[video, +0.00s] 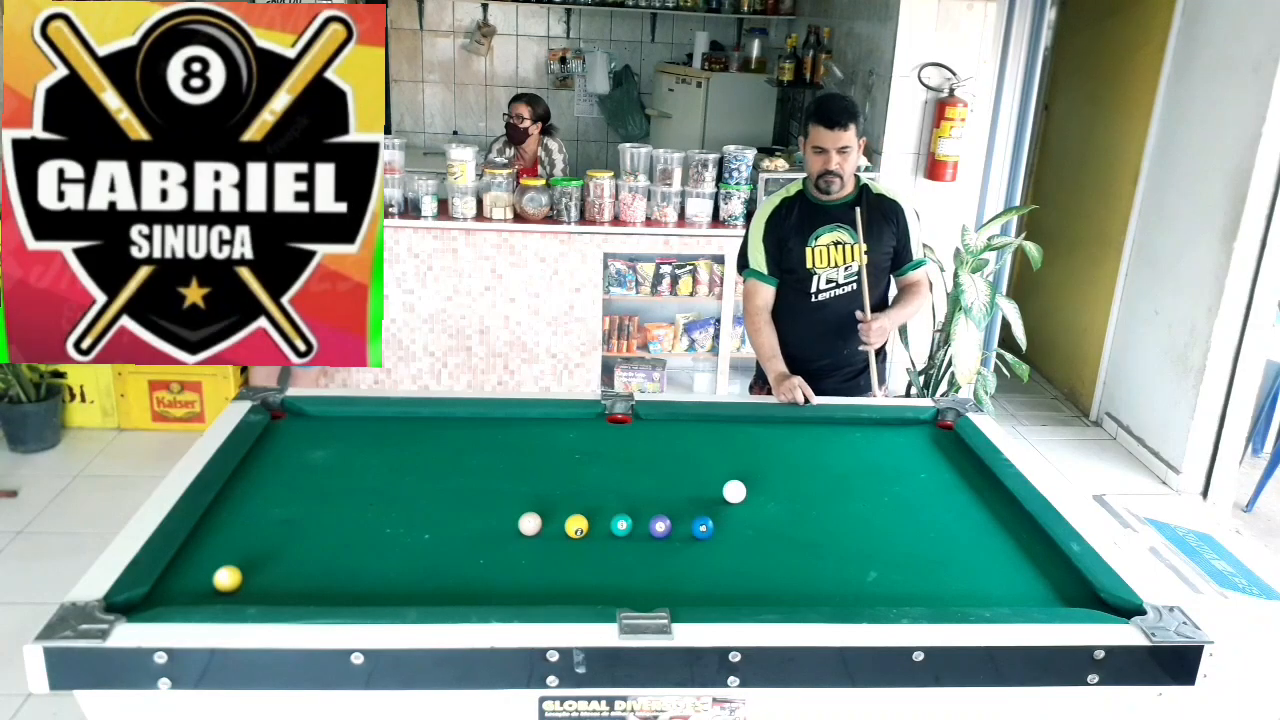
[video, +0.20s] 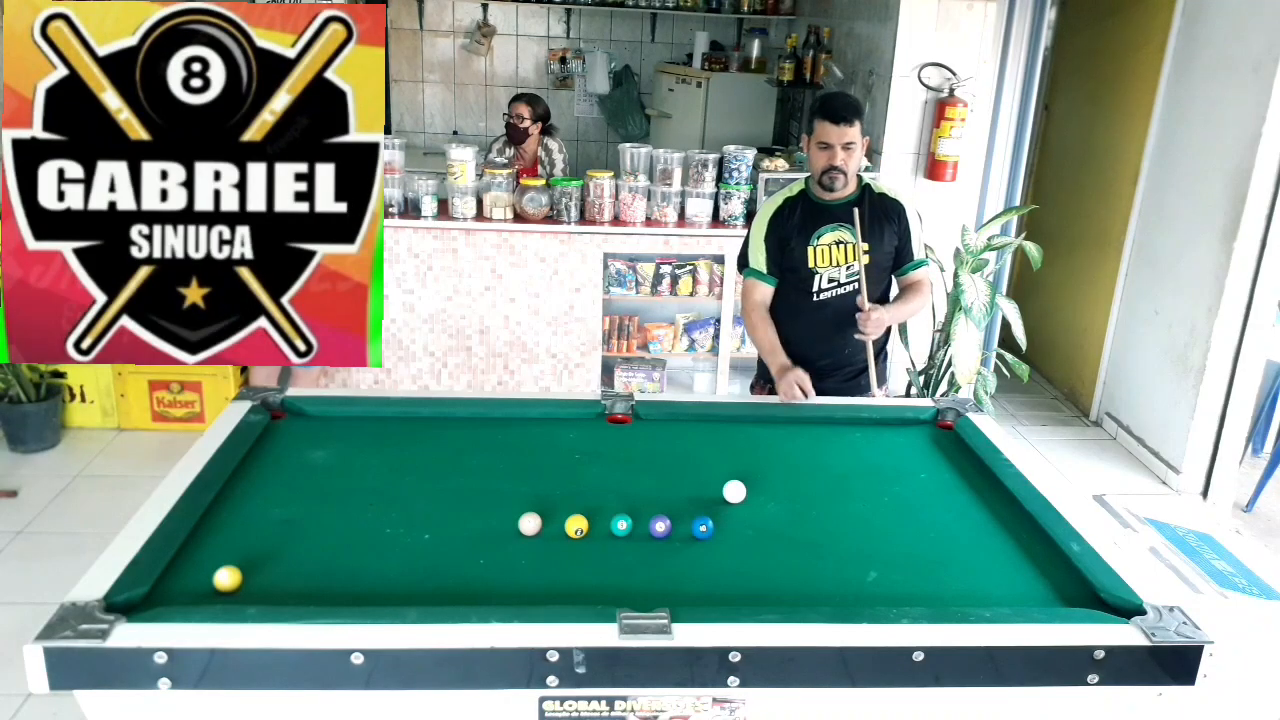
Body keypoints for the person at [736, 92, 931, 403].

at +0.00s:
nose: (832, 164)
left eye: (843, 151)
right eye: (820, 151)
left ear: (861, 150)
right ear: (803, 148)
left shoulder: (889, 212)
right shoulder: (773, 217)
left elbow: (916, 286)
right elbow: (757, 309)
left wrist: (890, 320)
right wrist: (779, 376)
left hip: (861, 394)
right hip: (787, 394)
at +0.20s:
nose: (836, 159)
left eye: (848, 147)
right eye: (824, 147)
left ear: (863, 149)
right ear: (806, 147)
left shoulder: (891, 212)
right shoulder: (775, 215)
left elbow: (919, 287)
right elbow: (754, 304)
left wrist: (889, 315)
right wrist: (781, 369)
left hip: (863, 392)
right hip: (787, 393)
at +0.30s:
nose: (838, 157)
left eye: (850, 146)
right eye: (827, 145)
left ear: (866, 149)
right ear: (809, 146)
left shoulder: (893, 212)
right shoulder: (777, 212)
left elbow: (921, 289)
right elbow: (747, 298)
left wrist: (887, 310)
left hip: (862, 393)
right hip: (785, 393)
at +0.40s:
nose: (839, 157)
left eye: (851, 145)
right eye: (828, 144)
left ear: (867, 148)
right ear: (810, 145)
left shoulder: (894, 212)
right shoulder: (778, 211)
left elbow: (921, 291)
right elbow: (746, 296)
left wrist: (885, 307)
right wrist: (791, 283)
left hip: (863, 393)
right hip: (784, 392)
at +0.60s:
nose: (840, 156)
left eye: (852, 145)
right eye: (829, 143)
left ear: (870, 148)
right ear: (812, 144)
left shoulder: (894, 213)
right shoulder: (783, 205)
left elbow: (921, 295)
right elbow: (746, 281)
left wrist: (879, 307)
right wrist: (800, 235)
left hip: (862, 392)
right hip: (784, 389)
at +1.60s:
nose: (841, 165)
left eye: (854, 153)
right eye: (832, 152)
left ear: (881, 149)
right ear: (822, 149)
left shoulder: (908, 216)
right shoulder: (795, 204)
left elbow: (933, 299)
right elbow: (733, 266)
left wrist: (882, 310)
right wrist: (772, 252)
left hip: (873, 393)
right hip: (794, 387)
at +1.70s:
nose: (842, 167)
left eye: (856, 155)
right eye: (833, 154)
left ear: (884, 152)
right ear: (825, 150)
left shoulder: (914, 217)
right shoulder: (798, 208)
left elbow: (938, 297)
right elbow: (740, 272)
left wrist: (889, 320)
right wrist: (754, 292)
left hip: (878, 394)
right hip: (799, 389)